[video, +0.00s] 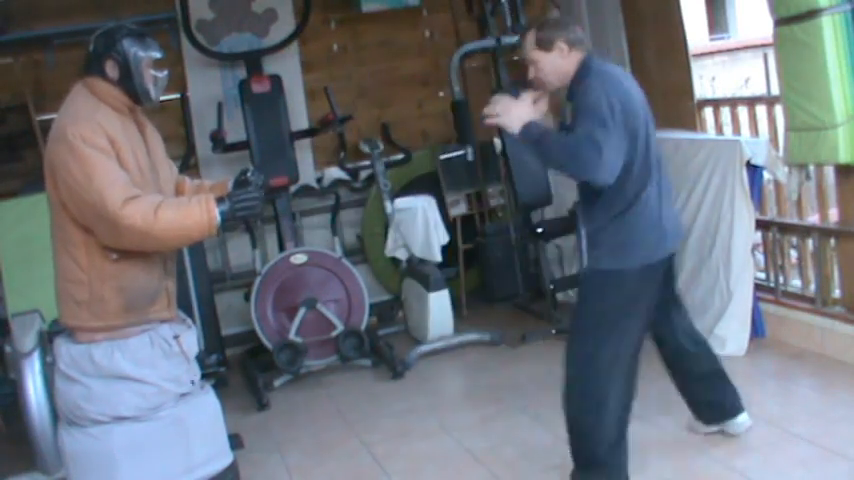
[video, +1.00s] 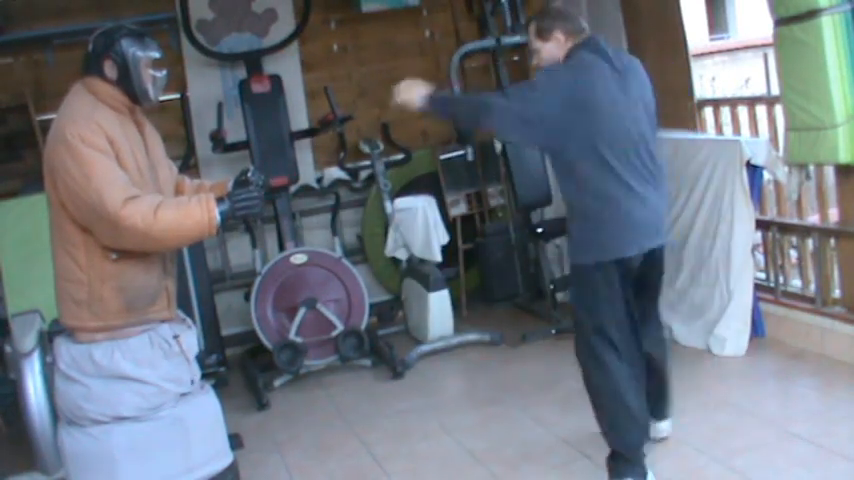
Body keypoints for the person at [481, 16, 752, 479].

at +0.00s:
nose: (531, 74)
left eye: (535, 62)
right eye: (527, 65)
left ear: (564, 50)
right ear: (565, 52)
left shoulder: (595, 86)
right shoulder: (607, 78)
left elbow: (597, 163)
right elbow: (595, 153)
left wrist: (529, 126)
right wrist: (544, 121)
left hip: (622, 253)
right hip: (651, 240)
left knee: (593, 372)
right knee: (672, 328)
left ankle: (597, 471)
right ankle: (724, 411)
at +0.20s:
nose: (570, 58)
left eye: (570, 47)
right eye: (565, 49)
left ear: (594, 34)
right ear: (603, 31)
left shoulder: (617, 70)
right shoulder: (654, 57)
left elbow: (614, 142)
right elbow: (651, 128)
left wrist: (555, 109)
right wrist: (590, 101)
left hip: (656, 219)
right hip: (696, 209)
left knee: (613, 322)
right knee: (694, 304)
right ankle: (735, 392)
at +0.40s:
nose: (590, 69)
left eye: (589, 57)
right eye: (585, 60)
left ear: (615, 45)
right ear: (623, 45)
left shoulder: (639, 81)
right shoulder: (673, 72)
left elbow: (640, 155)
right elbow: (670, 141)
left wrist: (578, 130)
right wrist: (615, 115)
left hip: (675, 231)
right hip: (709, 221)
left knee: (645, 335)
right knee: (714, 322)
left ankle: (723, 420)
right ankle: (748, 406)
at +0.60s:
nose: (578, 61)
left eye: (580, 51)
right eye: (574, 53)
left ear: (611, 34)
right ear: (602, 39)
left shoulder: (652, 67)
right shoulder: (624, 73)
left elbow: (638, 130)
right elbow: (597, 141)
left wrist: (574, 91)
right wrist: (572, 96)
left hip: (675, 225)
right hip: (668, 221)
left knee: (655, 340)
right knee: (707, 317)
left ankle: (648, 455)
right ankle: (750, 397)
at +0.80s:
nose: (553, 68)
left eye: (558, 56)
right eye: (551, 58)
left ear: (588, 44)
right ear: (586, 47)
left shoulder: (626, 78)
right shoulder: (611, 81)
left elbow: (622, 151)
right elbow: (610, 147)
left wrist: (559, 113)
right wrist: (562, 113)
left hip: (646, 242)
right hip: (650, 237)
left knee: (627, 349)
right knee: (680, 321)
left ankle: (637, 465)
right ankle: (741, 394)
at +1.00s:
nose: (537, 59)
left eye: (538, 49)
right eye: (534, 51)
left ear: (562, 36)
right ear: (578, 32)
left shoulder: (562, 83)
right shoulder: (633, 69)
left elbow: (497, 109)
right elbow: (644, 134)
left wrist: (431, 99)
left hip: (603, 235)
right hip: (652, 225)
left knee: (602, 340)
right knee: (645, 322)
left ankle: (630, 463)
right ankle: (658, 415)